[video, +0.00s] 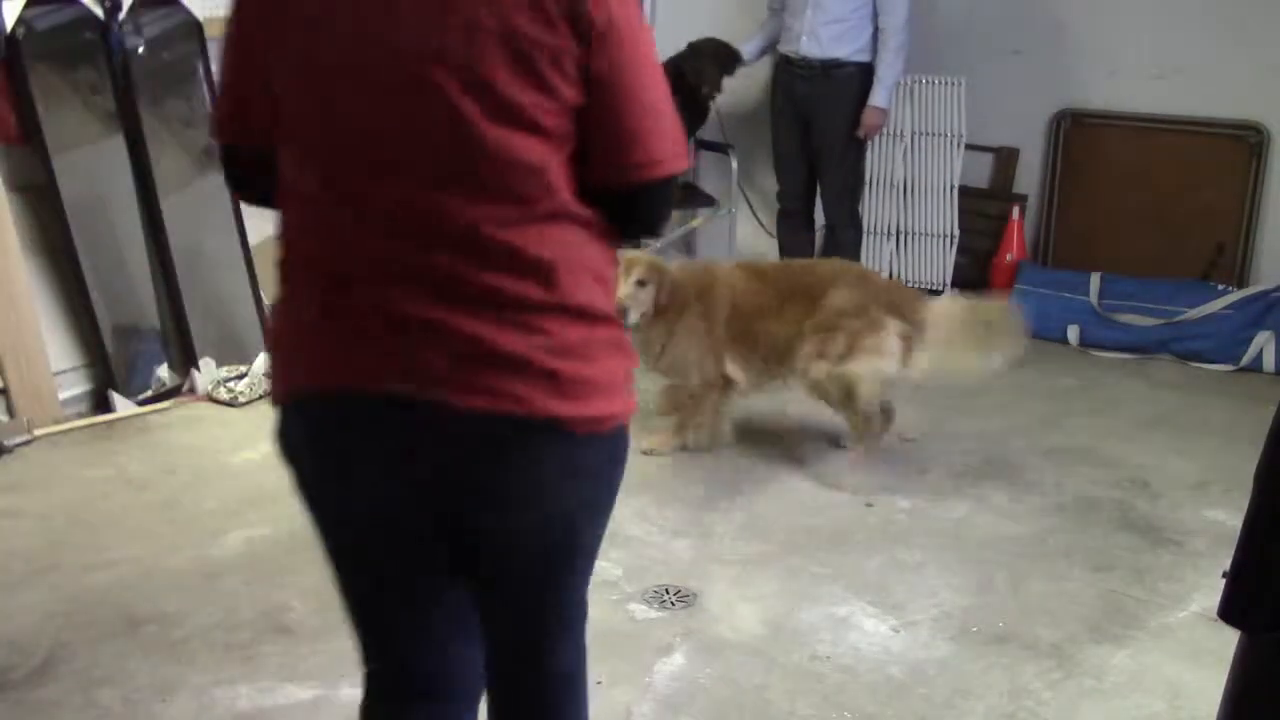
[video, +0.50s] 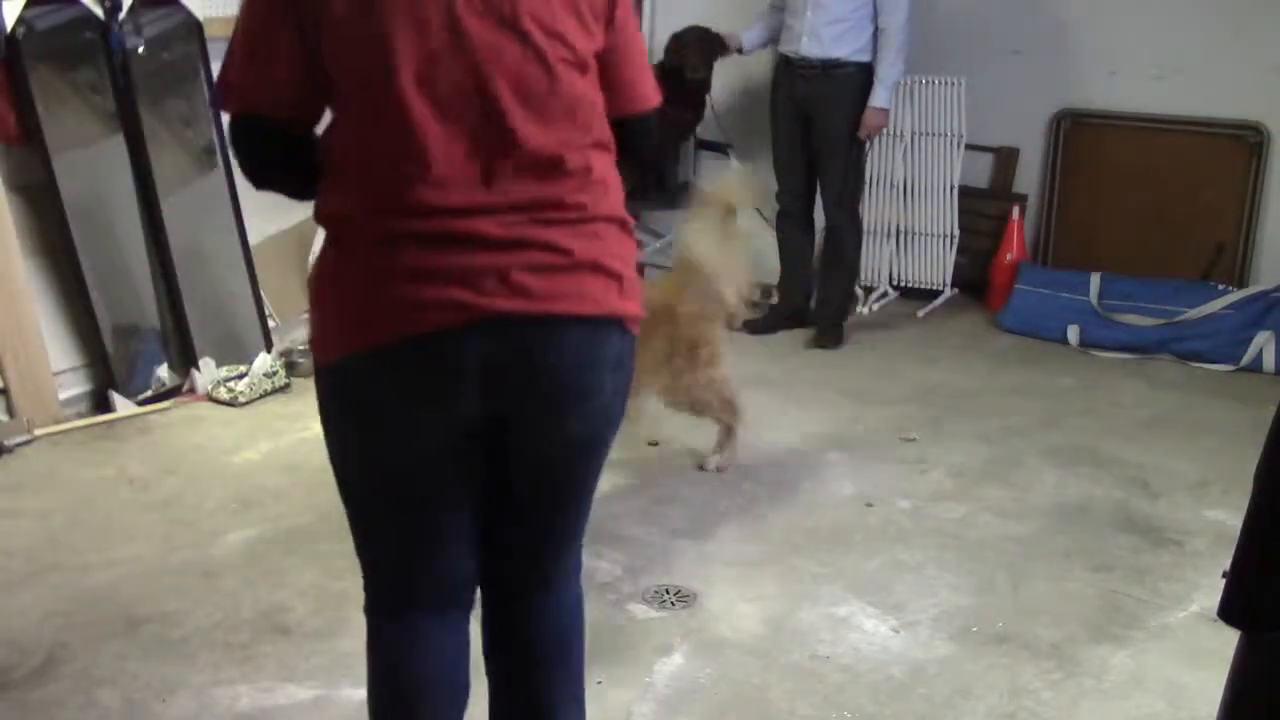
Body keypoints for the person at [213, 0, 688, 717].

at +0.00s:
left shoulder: (275, 9)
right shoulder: (581, 4)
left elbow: (248, 163)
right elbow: (644, 195)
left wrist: (382, 188)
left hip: (343, 394)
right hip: (542, 396)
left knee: (410, 674)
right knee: (541, 666)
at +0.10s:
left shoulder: (306, 8)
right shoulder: (603, 3)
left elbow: (272, 164)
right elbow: (664, 184)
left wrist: (410, 172)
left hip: (372, 376)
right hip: (564, 375)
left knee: (422, 628)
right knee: (551, 618)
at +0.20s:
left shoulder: (316, 7)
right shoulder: (614, 3)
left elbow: (282, 157)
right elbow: (666, 166)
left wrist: (414, 153)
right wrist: (545, 145)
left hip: (386, 356)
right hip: (572, 347)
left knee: (425, 601)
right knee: (551, 596)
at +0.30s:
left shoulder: (324, 1)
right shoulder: (619, 4)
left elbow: (279, 145)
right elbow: (660, 158)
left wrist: (410, 164)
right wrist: (541, 166)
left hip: (396, 338)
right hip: (579, 335)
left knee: (422, 595)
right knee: (549, 587)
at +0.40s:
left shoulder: (322, 1)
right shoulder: (612, 3)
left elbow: (273, 142)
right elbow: (657, 149)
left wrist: (403, 164)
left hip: (396, 328)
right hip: (578, 323)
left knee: (417, 602)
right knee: (545, 585)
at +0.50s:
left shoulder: (308, 2)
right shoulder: (590, 3)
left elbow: (265, 145)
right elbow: (643, 132)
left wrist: (381, 174)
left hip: (392, 329)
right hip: (574, 321)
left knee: (415, 602)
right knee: (541, 580)